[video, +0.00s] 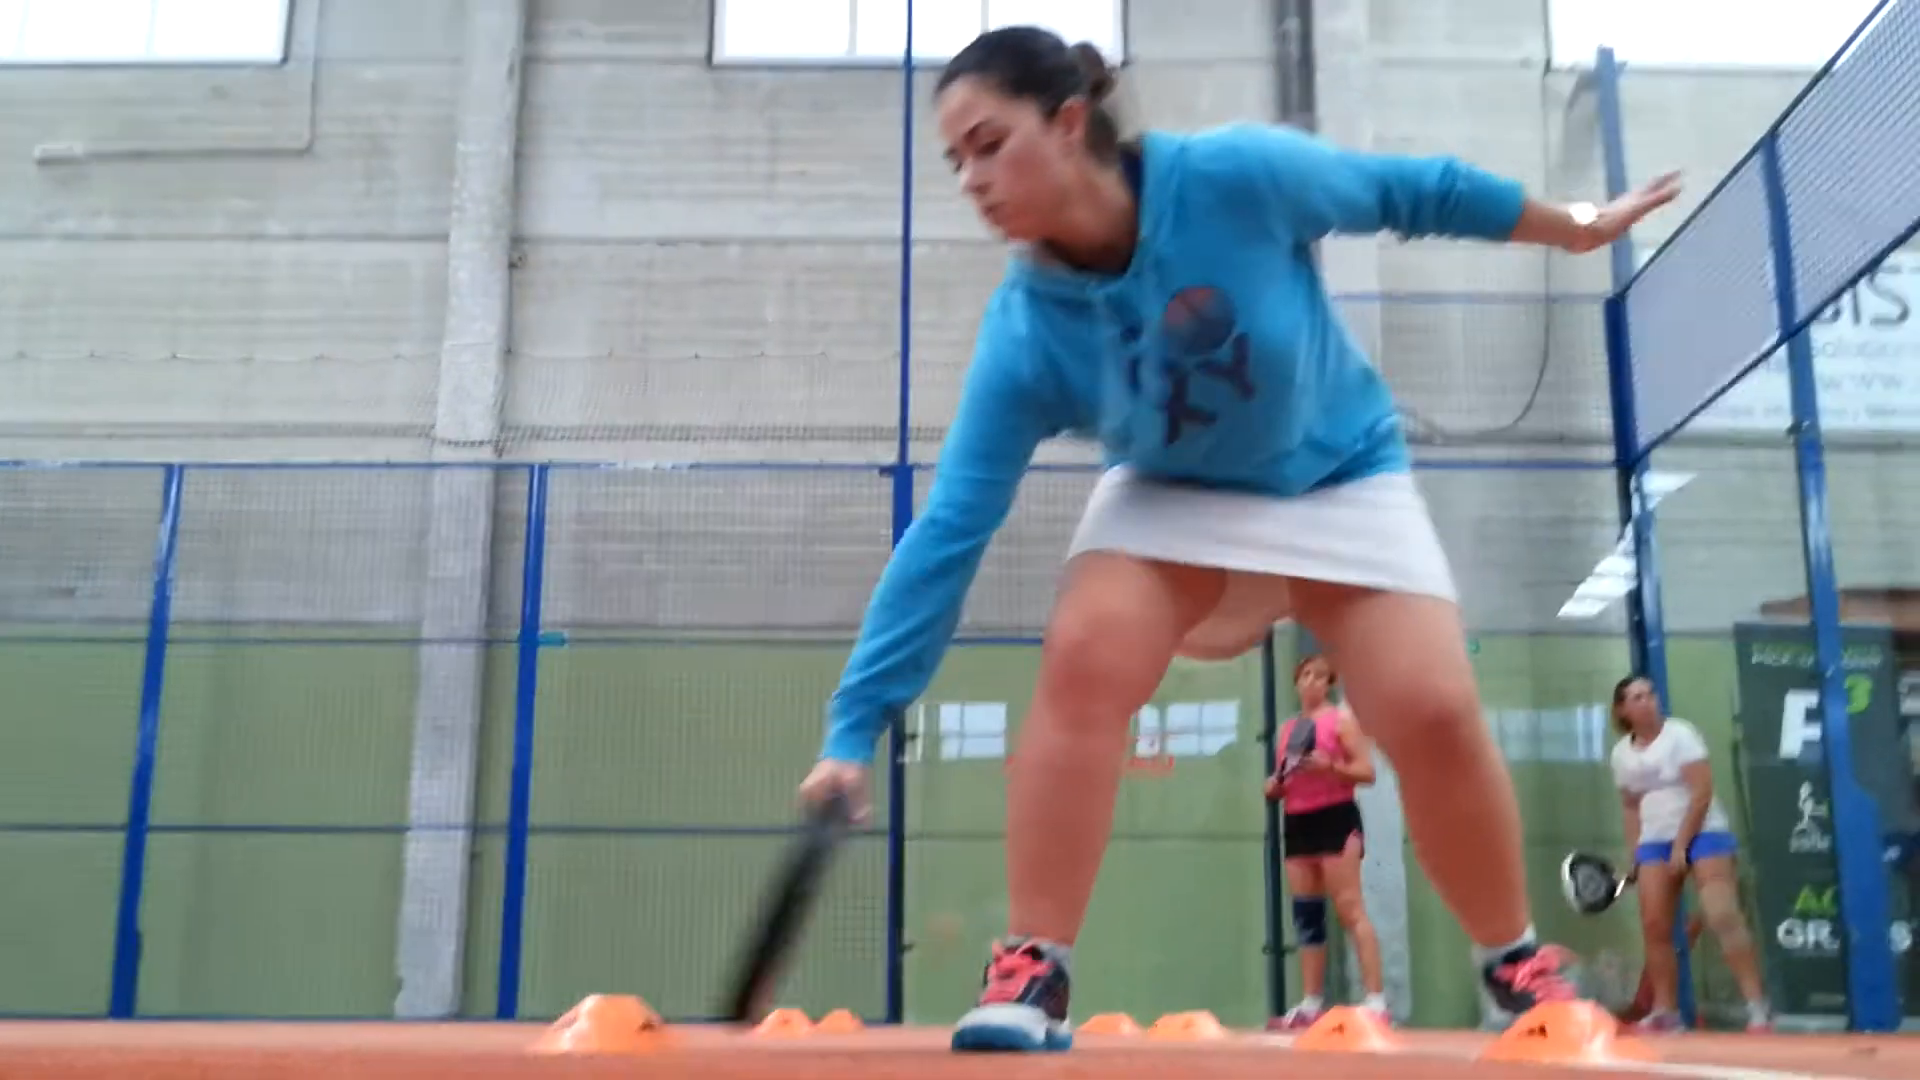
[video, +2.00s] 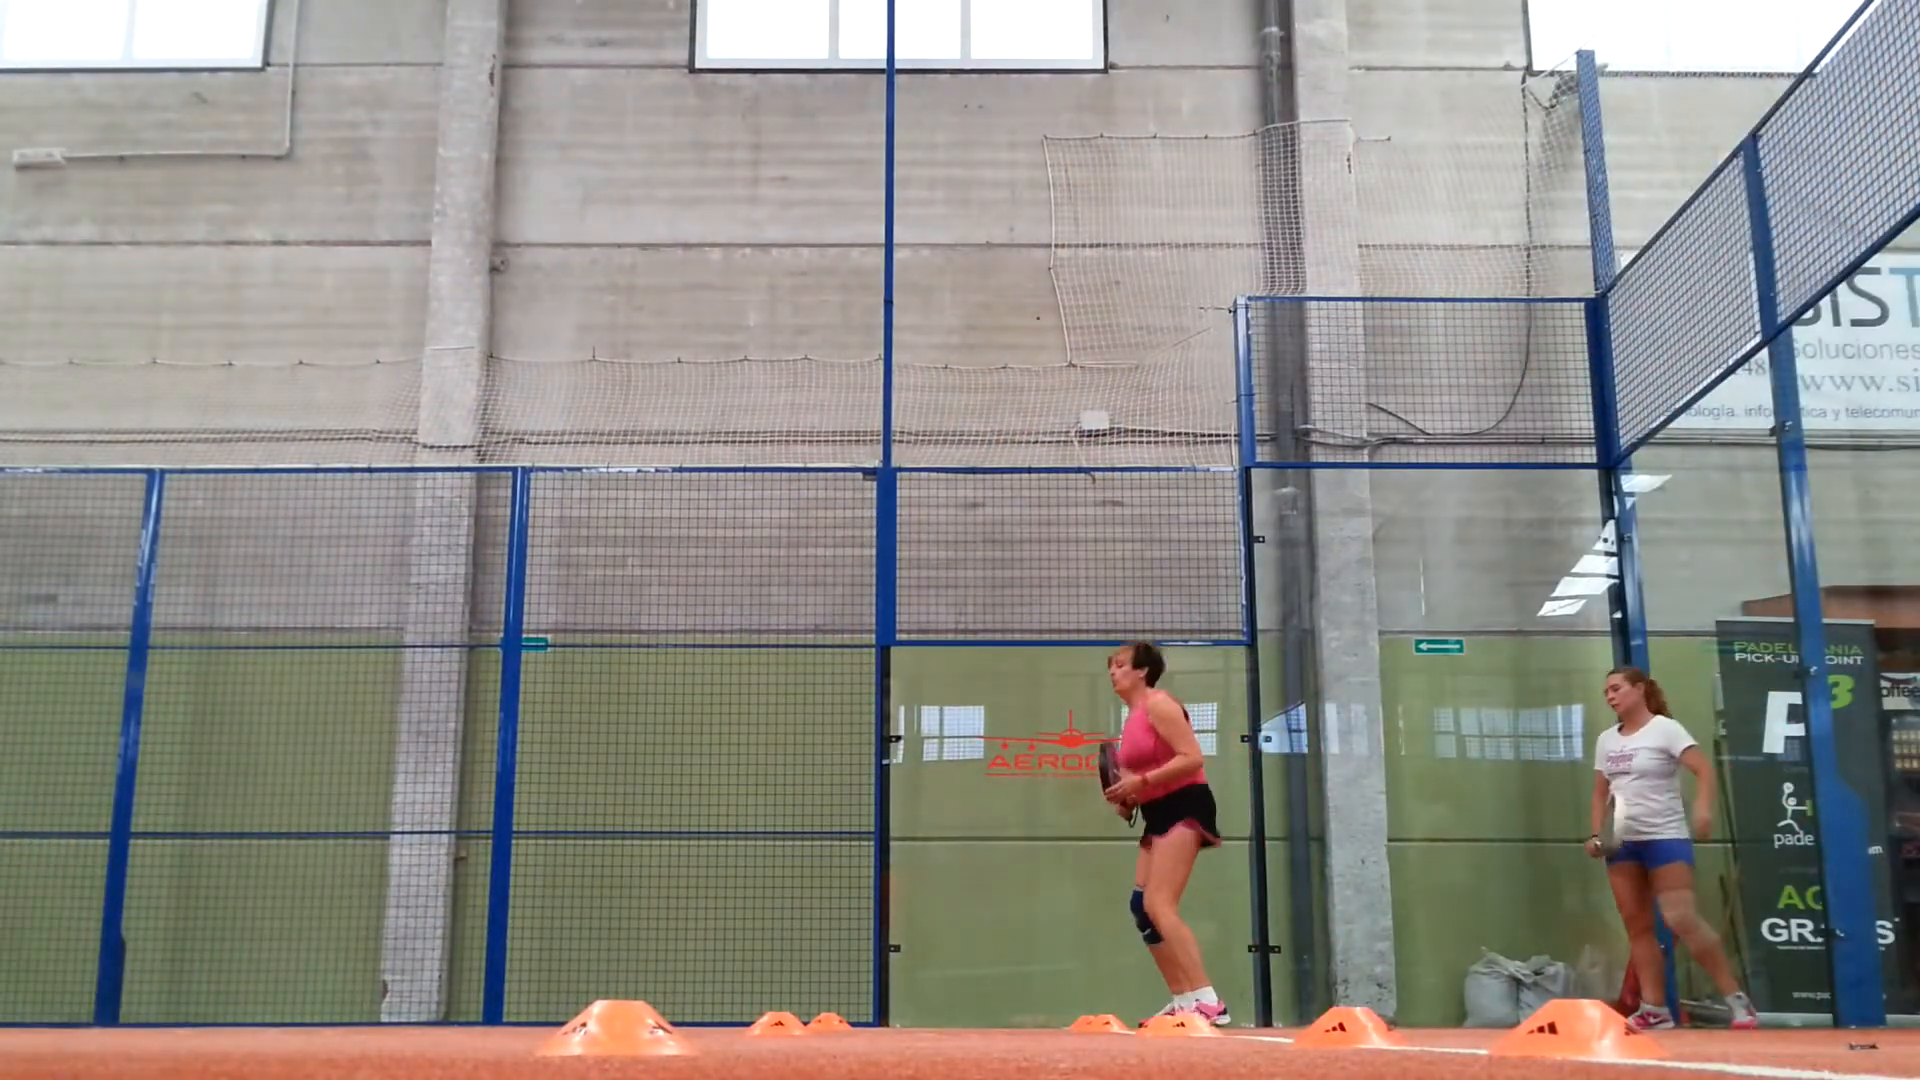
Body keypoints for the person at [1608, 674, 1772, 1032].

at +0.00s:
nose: (1647, 701)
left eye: (1649, 694)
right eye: (1637, 697)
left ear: (1658, 700)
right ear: (1622, 711)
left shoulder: (1681, 735)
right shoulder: (1622, 753)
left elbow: (1702, 792)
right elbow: (1631, 807)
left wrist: (1681, 844)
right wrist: (1634, 858)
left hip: (1702, 827)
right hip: (1654, 835)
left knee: (1721, 913)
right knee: (1654, 923)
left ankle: (1756, 1004)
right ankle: (1665, 1009)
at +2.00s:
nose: (1610, 696)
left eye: (1616, 689)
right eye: (1607, 692)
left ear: (1640, 690)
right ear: (1609, 700)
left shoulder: (1666, 729)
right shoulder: (1607, 740)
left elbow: (1704, 768)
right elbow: (1600, 791)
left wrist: (1703, 810)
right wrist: (1596, 833)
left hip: (1666, 837)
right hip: (1621, 842)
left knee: (1681, 917)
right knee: (1637, 926)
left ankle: (1735, 998)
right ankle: (1655, 1007)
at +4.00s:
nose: (1406, 700)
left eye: (1412, 692)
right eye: (1401, 697)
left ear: (1433, 696)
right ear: (1401, 708)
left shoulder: (1466, 731)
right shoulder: (1399, 750)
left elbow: (1494, 783)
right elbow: (1384, 799)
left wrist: (1470, 772)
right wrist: (1394, 823)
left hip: (1477, 837)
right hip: (1430, 842)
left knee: (1496, 919)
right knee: (1435, 924)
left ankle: (1524, 999)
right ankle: (1437, 1008)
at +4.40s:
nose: (1456, 702)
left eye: (1463, 695)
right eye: (1452, 698)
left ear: (1484, 701)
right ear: (1451, 709)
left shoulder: (1508, 740)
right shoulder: (1448, 750)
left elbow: (1536, 793)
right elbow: (1444, 797)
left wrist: (1508, 782)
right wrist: (1445, 824)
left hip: (1508, 845)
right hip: (1465, 847)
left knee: (1511, 927)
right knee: (1455, 925)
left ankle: (1521, 1007)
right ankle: (1439, 1007)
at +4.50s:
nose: (1466, 701)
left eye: (1472, 695)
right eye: (1462, 697)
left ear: (1494, 701)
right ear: (1461, 706)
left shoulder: (1516, 741)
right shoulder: (1457, 747)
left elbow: (1542, 796)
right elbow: (1455, 795)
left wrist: (1514, 788)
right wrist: (1455, 820)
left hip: (1513, 845)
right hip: (1471, 845)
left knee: (1512, 927)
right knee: (1458, 923)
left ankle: (1522, 1008)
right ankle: (1443, 1005)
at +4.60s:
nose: (1474, 700)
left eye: (1481, 694)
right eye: (1470, 696)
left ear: (1502, 700)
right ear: (1469, 705)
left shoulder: (1522, 742)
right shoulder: (1464, 746)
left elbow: (1545, 796)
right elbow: (1459, 792)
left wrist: (1514, 790)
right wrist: (1454, 816)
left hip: (1514, 844)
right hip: (1474, 844)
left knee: (1513, 928)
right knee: (1457, 922)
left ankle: (1522, 1008)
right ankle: (1452, 1006)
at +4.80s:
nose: (1482, 701)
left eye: (1489, 695)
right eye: (1479, 697)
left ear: (1511, 702)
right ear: (1476, 705)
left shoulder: (1528, 743)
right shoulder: (1472, 744)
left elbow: (1547, 798)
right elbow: (1466, 792)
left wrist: (1507, 790)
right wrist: (1455, 813)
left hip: (1515, 845)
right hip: (1476, 845)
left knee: (1513, 929)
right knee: (1457, 921)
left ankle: (1522, 1008)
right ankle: (1463, 1003)